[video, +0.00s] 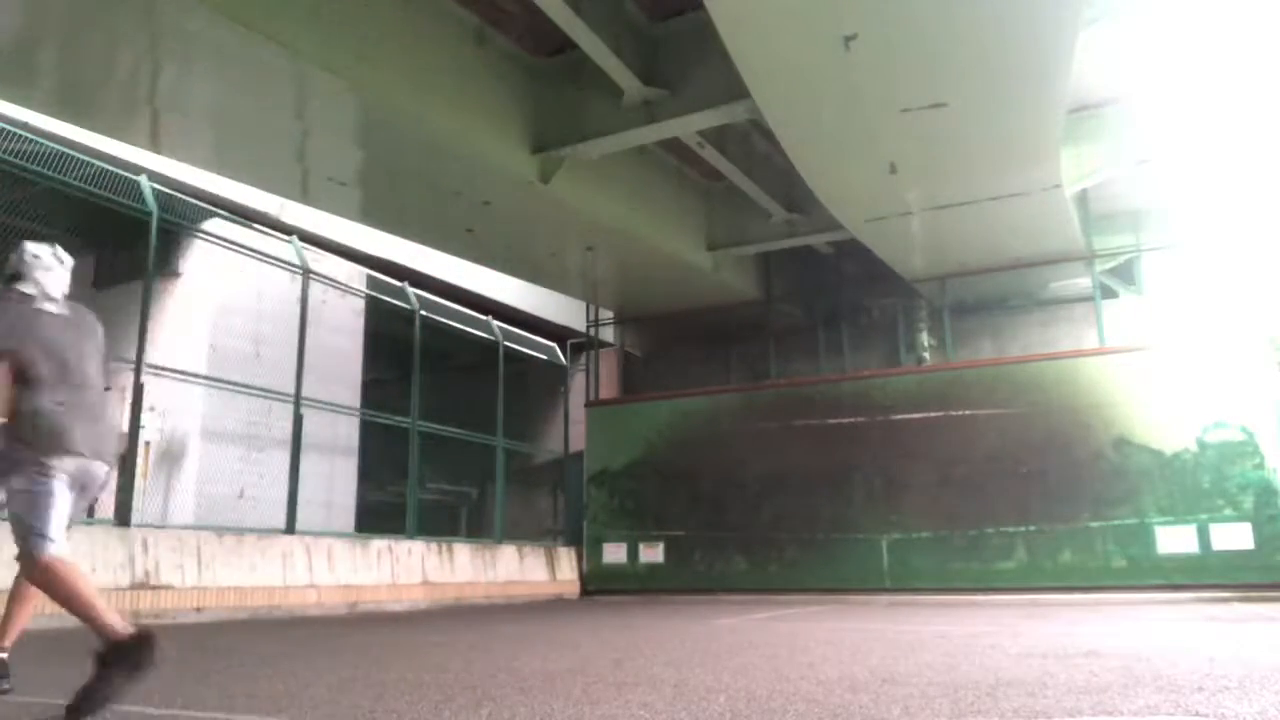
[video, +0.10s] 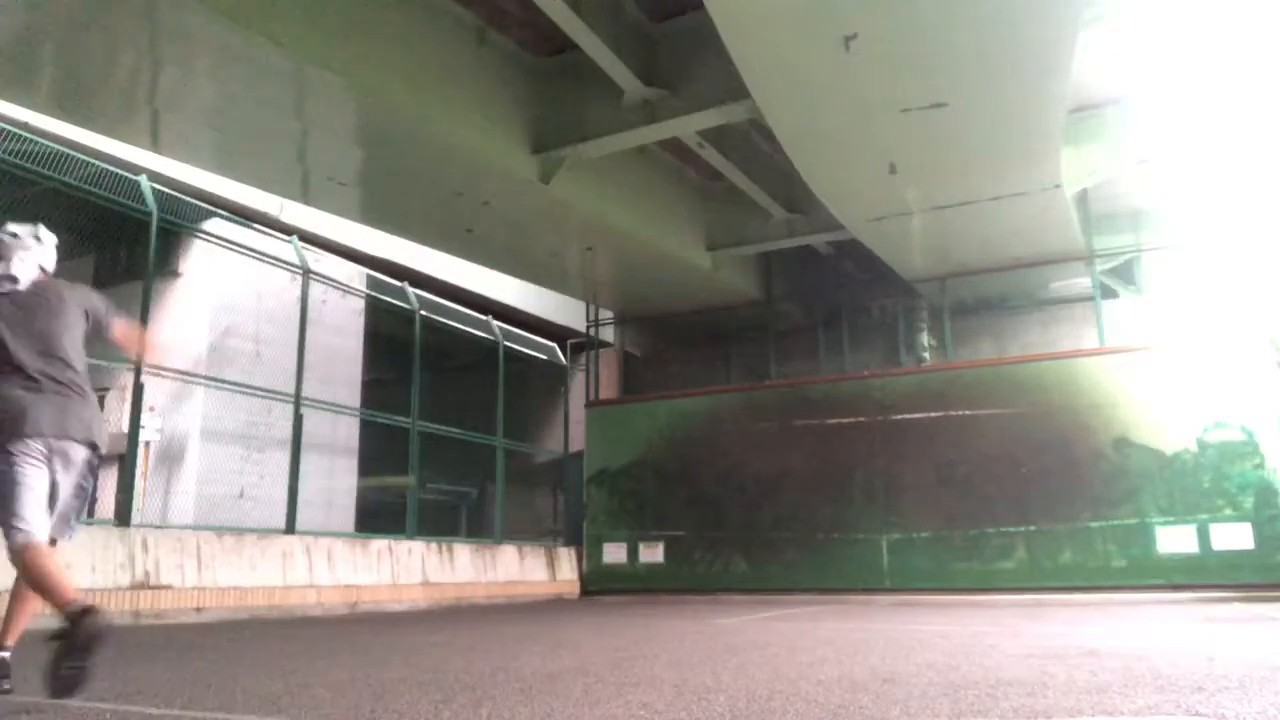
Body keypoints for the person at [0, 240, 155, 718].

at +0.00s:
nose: (12, 282)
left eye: (16, 275)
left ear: (18, 278)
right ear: (63, 281)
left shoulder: (10, 313)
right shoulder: (89, 322)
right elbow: (97, 387)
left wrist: (6, 433)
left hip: (42, 447)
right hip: (97, 453)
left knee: (39, 555)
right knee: (35, 559)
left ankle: (119, 639)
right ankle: (1, 654)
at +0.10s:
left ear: (5, 260)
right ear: (47, 262)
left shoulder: (3, 297)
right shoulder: (74, 296)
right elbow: (134, 339)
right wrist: (149, 351)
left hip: (20, 425)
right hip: (80, 430)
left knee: (24, 544)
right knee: (42, 550)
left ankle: (78, 612)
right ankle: (3, 654)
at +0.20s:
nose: (15, 252)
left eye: (11, 243)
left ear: (6, 247)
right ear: (41, 244)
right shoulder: (69, 278)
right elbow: (135, 271)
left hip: (10, 420)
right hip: (61, 421)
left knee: (6, 530)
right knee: (39, 537)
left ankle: (22, 623)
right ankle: (15, 631)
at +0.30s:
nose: (37, 236)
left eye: (27, 231)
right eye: (35, 230)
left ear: (4, 238)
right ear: (33, 236)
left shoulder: (14, 267)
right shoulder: (58, 260)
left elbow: (126, 220)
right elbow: (127, 221)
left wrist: (169, 176)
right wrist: (175, 170)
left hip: (9, 414)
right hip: (42, 414)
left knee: (13, 539)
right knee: (26, 541)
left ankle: (4, 649)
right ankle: (1, 649)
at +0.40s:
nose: (29, 229)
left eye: (21, 226)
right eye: (24, 225)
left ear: (8, 234)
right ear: (18, 231)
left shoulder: (30, 263)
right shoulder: (35, 262)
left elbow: (98, 210)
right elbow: (99, 211)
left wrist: (122, 147)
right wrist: (123, 145)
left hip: (18, 409)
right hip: (26, 409)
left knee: (18, 539)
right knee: (19, 540)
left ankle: (2, 646)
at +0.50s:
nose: (24, 244)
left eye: (20, 236)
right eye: (18, 237)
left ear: (15, 235)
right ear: (9, 238)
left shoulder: (22, 261)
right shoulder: (16, 263)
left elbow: (79, 235)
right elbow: (79, 234)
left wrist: (103, 161)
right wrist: (105, 160)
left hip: (25, 416)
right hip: (14, 415)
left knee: (18, 541)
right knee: (13, 543)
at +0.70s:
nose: (13, 250)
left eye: (11, 242)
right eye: (9, 242)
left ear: (9, 242)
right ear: (4, 242)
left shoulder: (10, 269)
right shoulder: (6, 269)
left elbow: (56, 275)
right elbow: (56, 274)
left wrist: (112, 223)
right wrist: (114, 222)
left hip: (9, 422)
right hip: (4, 423)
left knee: (14, 528)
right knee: (13, 529)